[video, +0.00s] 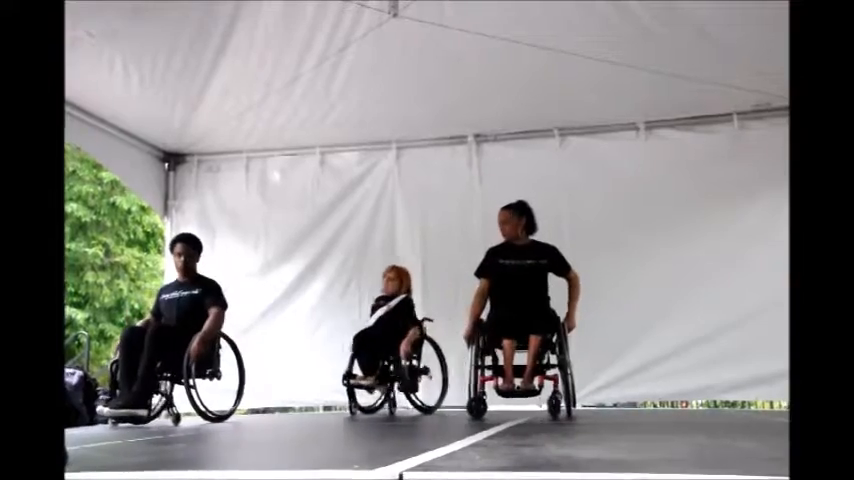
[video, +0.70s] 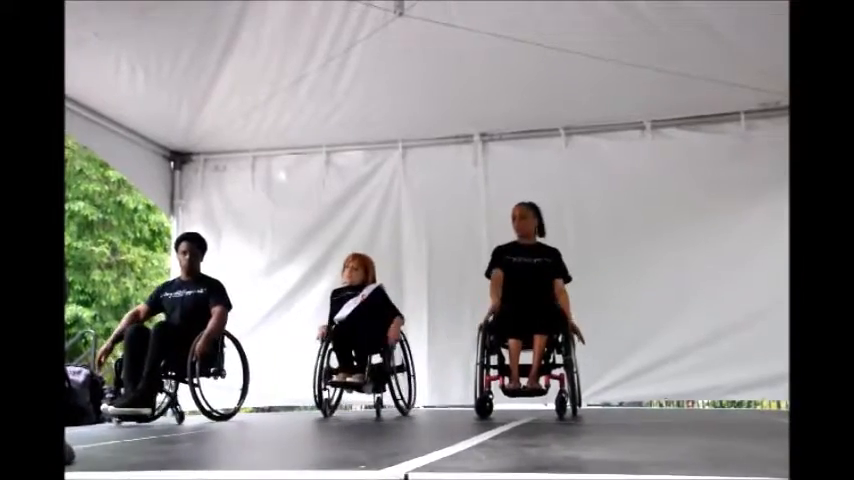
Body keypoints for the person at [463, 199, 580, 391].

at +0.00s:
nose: (501, 228)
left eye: (505, 223)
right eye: (500, 223)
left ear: (521, 223)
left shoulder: (545, 252)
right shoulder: (494, 254)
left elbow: (572, 278)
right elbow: (483, 289)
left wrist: (571, 315)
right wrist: (472, 323)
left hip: (535, 311)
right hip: (505, 312)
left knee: (539, 322)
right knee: (508, 324)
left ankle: (528, 378)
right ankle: (508, 378)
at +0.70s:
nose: (518, 223)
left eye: (524, 218)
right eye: (515, 219)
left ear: (537, 221)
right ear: (511, 223)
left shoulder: (551, 253)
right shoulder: (502, 252)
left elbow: (560, 289)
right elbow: (496, 280)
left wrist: (569, 320)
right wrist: (496, 302)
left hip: (542, 305)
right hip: (514, 306)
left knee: (543, 319)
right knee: (513, 320)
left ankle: (534, 377)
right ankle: (514, 377)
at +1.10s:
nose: (508, 221)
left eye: (513, 215)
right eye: (504, 218)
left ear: (526, 219)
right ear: (501, 224)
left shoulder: (544, 249)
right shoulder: (500, 247)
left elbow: (566, 286)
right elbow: (486, 213)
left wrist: (592, 323)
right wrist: (514, 187)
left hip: (541, 304)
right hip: (512, 304)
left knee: (544, 316)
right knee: (514, 317)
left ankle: (534, 375)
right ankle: (514, 376)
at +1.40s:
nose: (510, 225)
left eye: (515, 220)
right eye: (507, 221)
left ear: (528, 220)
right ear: (504, 223)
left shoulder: (548, 247)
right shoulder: (500, 246)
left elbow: (587, 262)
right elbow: (469, 221)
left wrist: (624, 275)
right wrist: (449, 189)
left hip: (541, 301)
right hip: (511, 302)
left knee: (545, 317)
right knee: (515, 318)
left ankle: (534, 376)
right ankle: (515, 375)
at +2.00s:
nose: (531, 228)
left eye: (538, 224)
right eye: (527, 223)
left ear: (546, 229)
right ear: (522, 227)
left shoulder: (552, 251)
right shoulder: (505, 255)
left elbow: (553, 249)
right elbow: (493, 291)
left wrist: (520, 252)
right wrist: (485, 324)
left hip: (542, 311)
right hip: (514, 311)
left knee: (547, 326)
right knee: (517, 328)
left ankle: (537, 382)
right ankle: (517, 382)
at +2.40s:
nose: (526, 228)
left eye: (532, 225)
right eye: (523, 224)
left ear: (541, 231)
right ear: (518, 229)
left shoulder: (551, 262)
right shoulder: (504, 259)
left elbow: (592, 286)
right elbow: (493, 297)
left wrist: (630, 278)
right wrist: (486, 329)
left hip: (545, 319)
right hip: (514, 318)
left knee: (548, 326)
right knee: (518, 326)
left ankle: (537, 386)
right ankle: (518, 385)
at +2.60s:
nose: (535, 230)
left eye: (541, 226)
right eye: (531, 226)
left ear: (551, 233)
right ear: (526, 231)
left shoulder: (557, 264)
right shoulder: (511, 259)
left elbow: (596, 287)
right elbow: (496, 293)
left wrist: (625, 270)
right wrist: (488, 326)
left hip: (548, 318)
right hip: (518, 317)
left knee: (549, 330)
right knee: (519, 330)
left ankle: (537, 387)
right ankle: (518, 386)